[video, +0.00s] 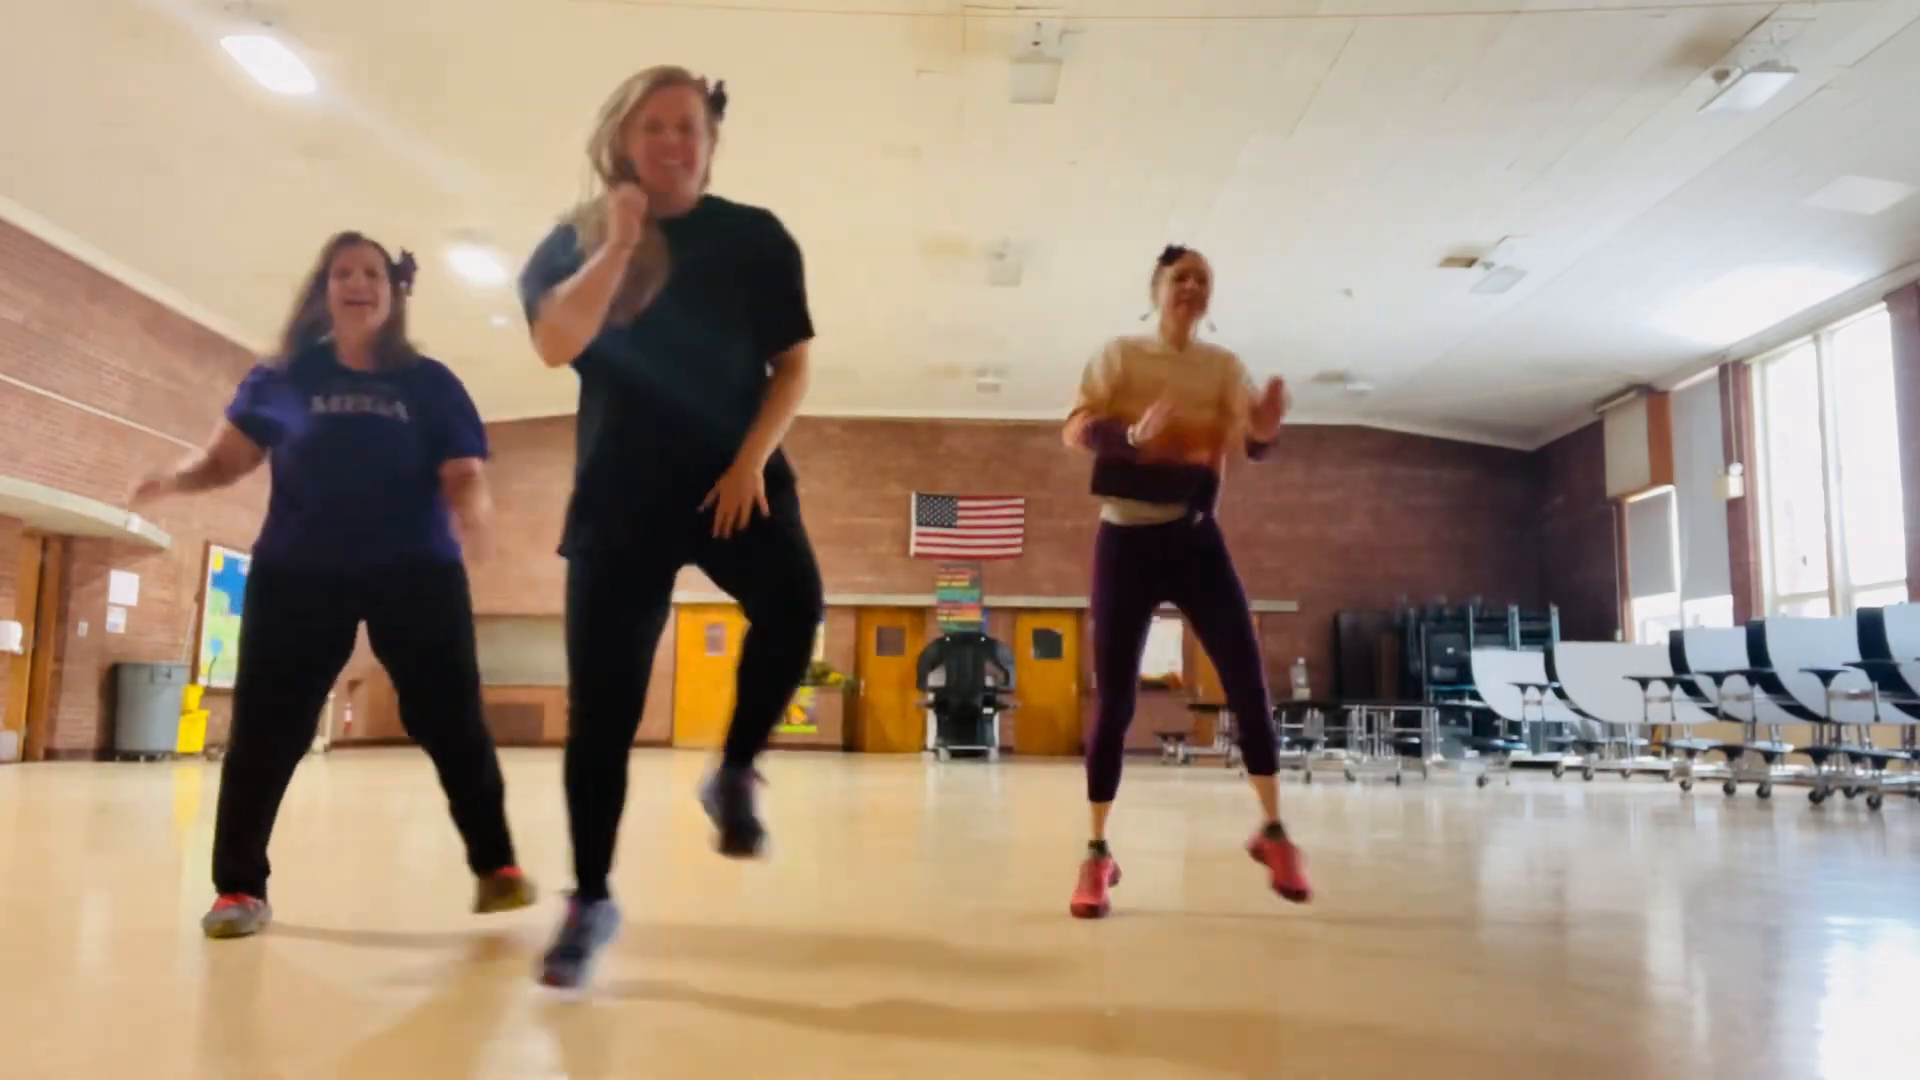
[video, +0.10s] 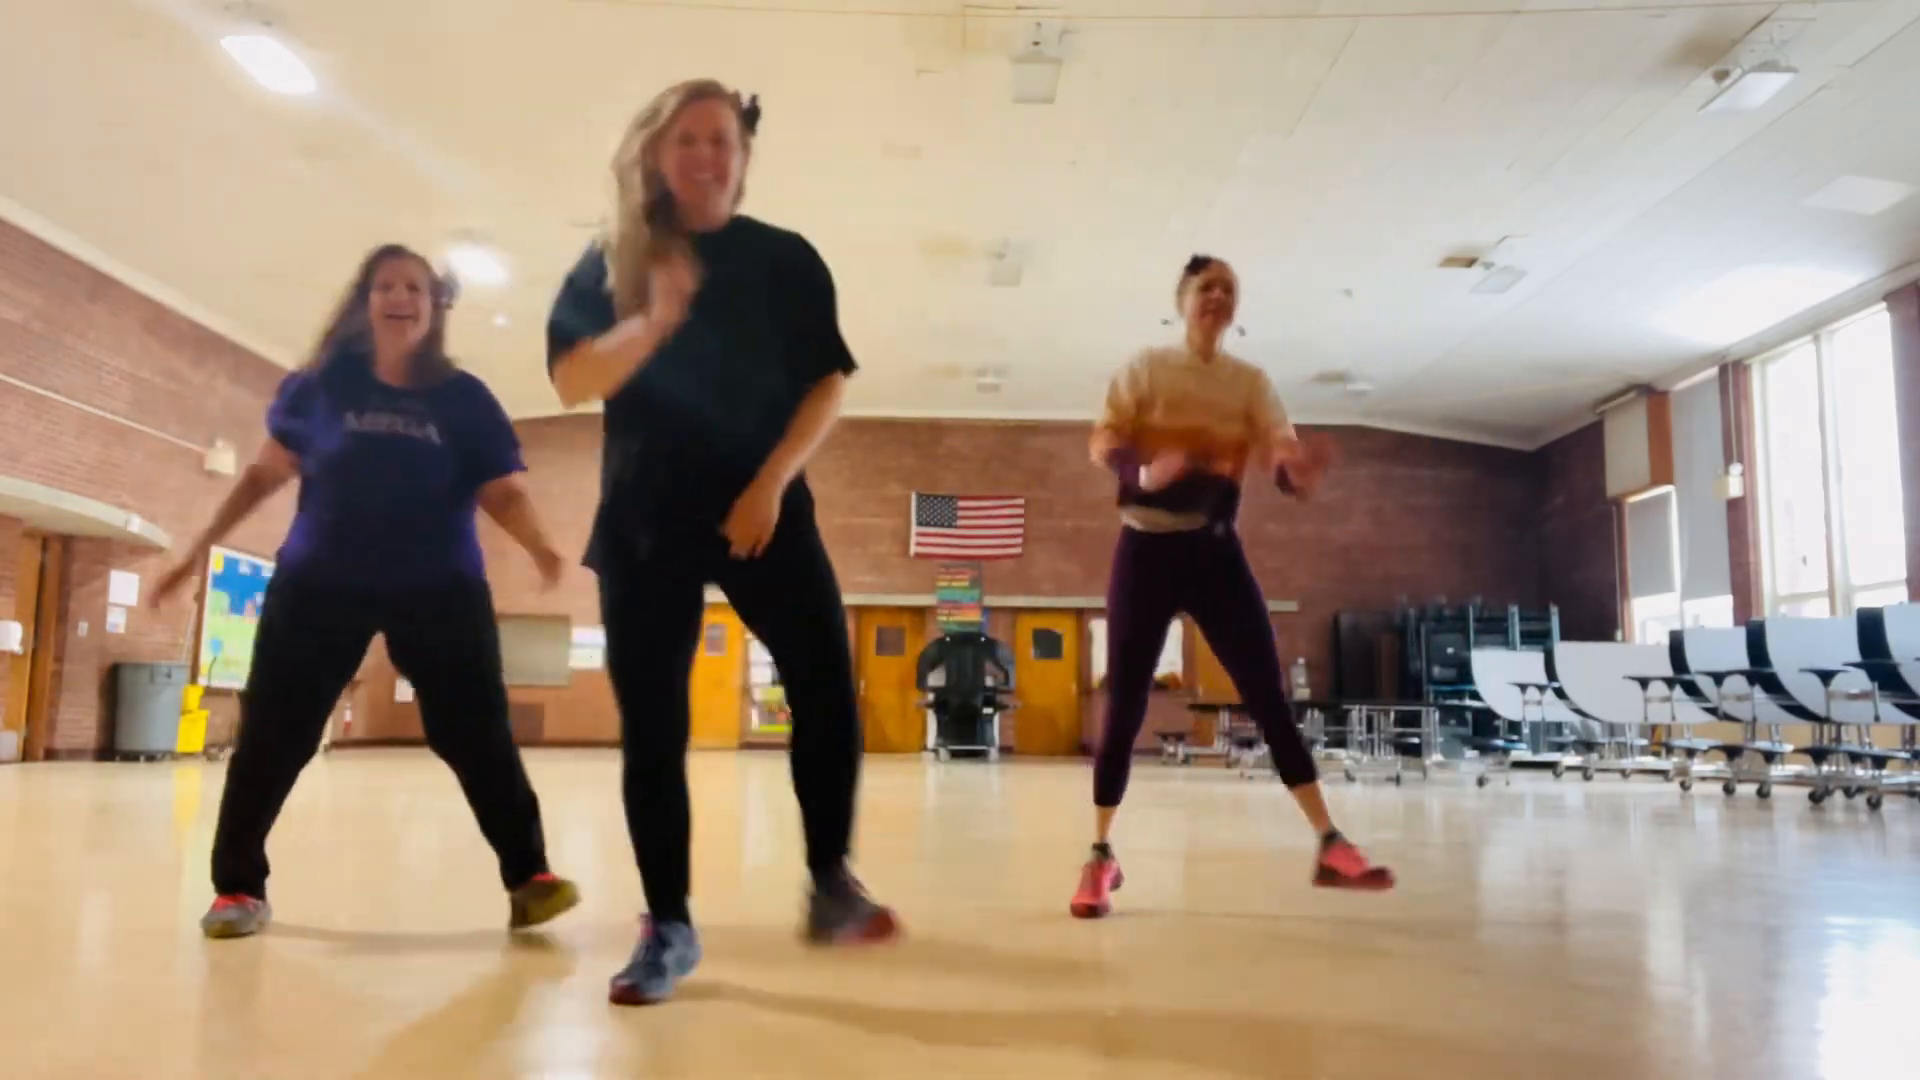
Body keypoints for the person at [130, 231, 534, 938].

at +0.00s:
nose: (357, 284)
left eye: (370, 274)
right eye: (344, 274)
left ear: (394, 293)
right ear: (320, 293)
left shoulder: (430, 382)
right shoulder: (282, 379)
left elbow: (465, 479)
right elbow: (224, 461)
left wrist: (472, 524)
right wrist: (172, 482)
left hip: (415, 574)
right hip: (301, 576)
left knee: (453, 721)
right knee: (265, 734)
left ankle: (496, 869)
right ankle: (239, 891)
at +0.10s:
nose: (398, 298)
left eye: (412, 288)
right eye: (385, 288)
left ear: (436, 306)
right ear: (362, 303)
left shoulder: (462, 397)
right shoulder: (317, 388)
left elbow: (501, 490)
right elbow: (265, 472)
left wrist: (539, 544)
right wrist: (195, 550)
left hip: (438, 591)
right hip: (322, 586)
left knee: (477, 732)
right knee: (272, 734)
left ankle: (527, 878)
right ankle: (238, 890)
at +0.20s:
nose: (451, 311)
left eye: (467, 301)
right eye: (441, 298)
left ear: (495, 316)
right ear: (421, 307)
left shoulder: (513, 409)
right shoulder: (374, 394)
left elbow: (564, 503)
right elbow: (330, 484)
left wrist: (622, 578)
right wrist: (284, 561)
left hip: (472, 597)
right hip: (359, 586)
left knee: (500, 745)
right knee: (294, 734)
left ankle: (541, 896)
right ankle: (240, 887)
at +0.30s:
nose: (504, 306)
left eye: (519, 296)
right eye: (492, 295)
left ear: (544, 313)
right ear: (472, 310)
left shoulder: (569, 414)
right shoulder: (427, 385)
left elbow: (623, 498)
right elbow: (381, 472)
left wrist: (659, 568)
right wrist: (340, 548)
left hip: (513, 593)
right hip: (400, 577)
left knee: (530, 748)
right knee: (329, 727)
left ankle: (542, 899)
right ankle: (268, 877)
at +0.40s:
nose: (540, 297)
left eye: (556, 288)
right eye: (531, 284)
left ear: (581, 309)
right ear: (511, 299)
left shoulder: (603, 404)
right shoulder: (465, 373)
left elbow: (661, 495)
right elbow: (413, 463)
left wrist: (692, 577)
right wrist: (359, 543)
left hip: (538, 589)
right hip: (435, 572)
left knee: (537, 738)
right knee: (388, 707)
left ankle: (542, 896)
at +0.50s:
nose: (568, 294)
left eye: (583, 286)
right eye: (557, 283)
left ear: (606, 306)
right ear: (538, 299)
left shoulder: (627, 402)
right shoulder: (493, 373)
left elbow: (671, 499)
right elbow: (439, 460)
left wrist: (700, 577)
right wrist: (381, 524)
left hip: (562, 592)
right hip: (465, 578)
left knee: (548, 741)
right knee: (460, 719)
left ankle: (544, 894)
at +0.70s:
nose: (589, 312)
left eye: (599, 302)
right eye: (575, 301)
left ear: (617, 316)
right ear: (552, 316)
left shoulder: (651, 408)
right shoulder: (516, 403)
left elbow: (672, 504)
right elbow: (465, 496)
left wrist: (685, 585)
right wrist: (462, 539)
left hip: (631, 593)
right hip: (537, 594)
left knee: (600, 735)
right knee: (554, 742)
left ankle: (567, 883)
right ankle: (603, 877)